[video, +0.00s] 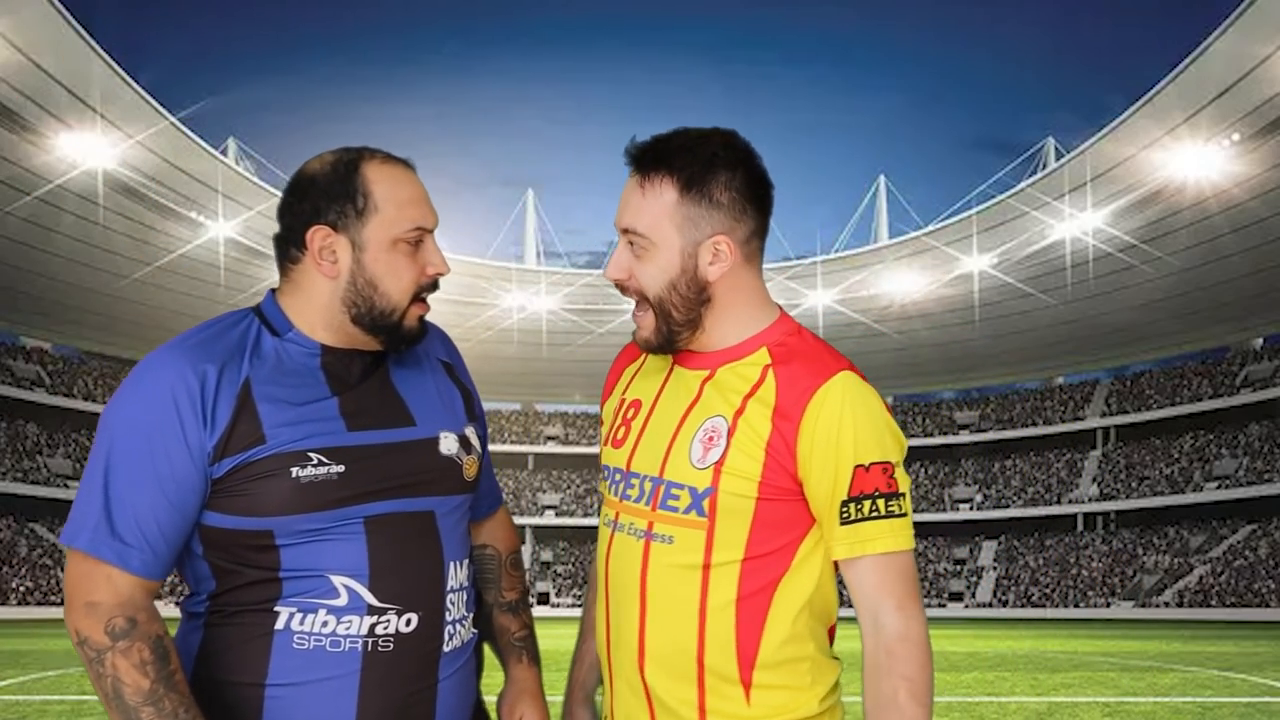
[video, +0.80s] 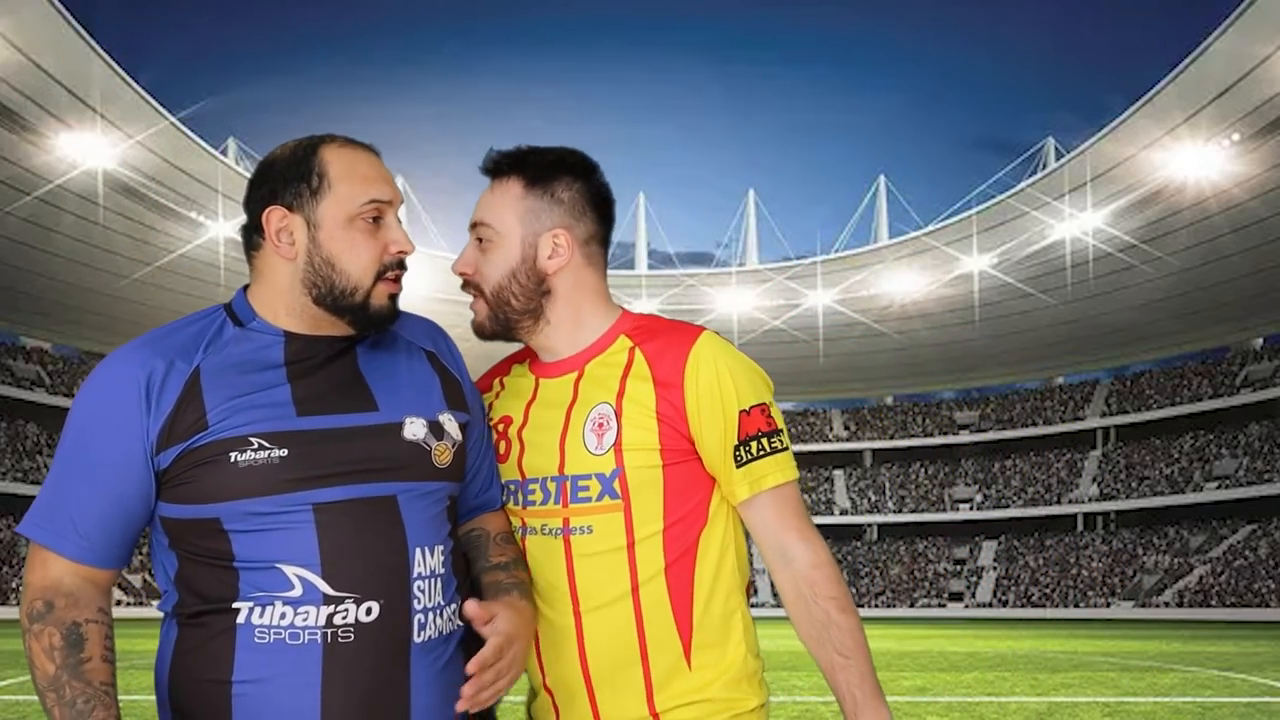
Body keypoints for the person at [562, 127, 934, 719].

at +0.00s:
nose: (613, 272)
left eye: (636, 245)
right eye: (619, 242)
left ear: (717, 256)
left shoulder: (828, 397)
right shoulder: (629, 372)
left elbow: (894, 631)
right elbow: (618, 554)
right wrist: (579, 693)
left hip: (766, 706)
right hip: (625, 706)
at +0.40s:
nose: (564, 242)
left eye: (594, 218)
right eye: (577, 218)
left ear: (668, 241)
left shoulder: (762, 385)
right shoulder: (577, 374)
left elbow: (835, 605)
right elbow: (575, 575)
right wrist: (527, 697)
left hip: (714, 703)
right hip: (580, 703)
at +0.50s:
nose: (530, 246)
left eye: (560, 222)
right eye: (538, 222)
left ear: (636, 242)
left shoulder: (730, 380)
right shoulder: (539, 381)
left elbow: (817, 589)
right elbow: (525, 575)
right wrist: (501, 694)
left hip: (712, 702)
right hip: (574, 705)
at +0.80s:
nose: (461, 267)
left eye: (483, 240)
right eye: (470, 241)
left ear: (554, 251)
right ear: (554, 253)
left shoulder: (698, 367)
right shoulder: (487, 400)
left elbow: (797, 558)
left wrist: (870, 711)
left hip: (701, 702)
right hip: (556, 707)